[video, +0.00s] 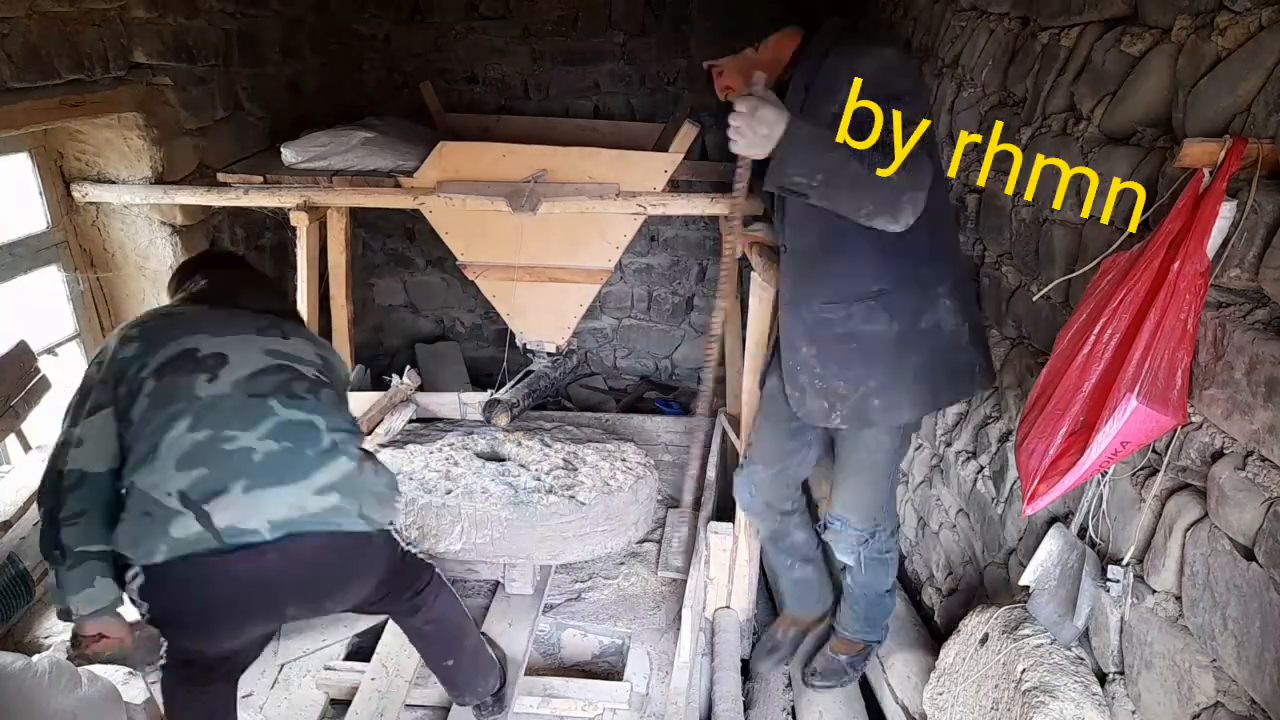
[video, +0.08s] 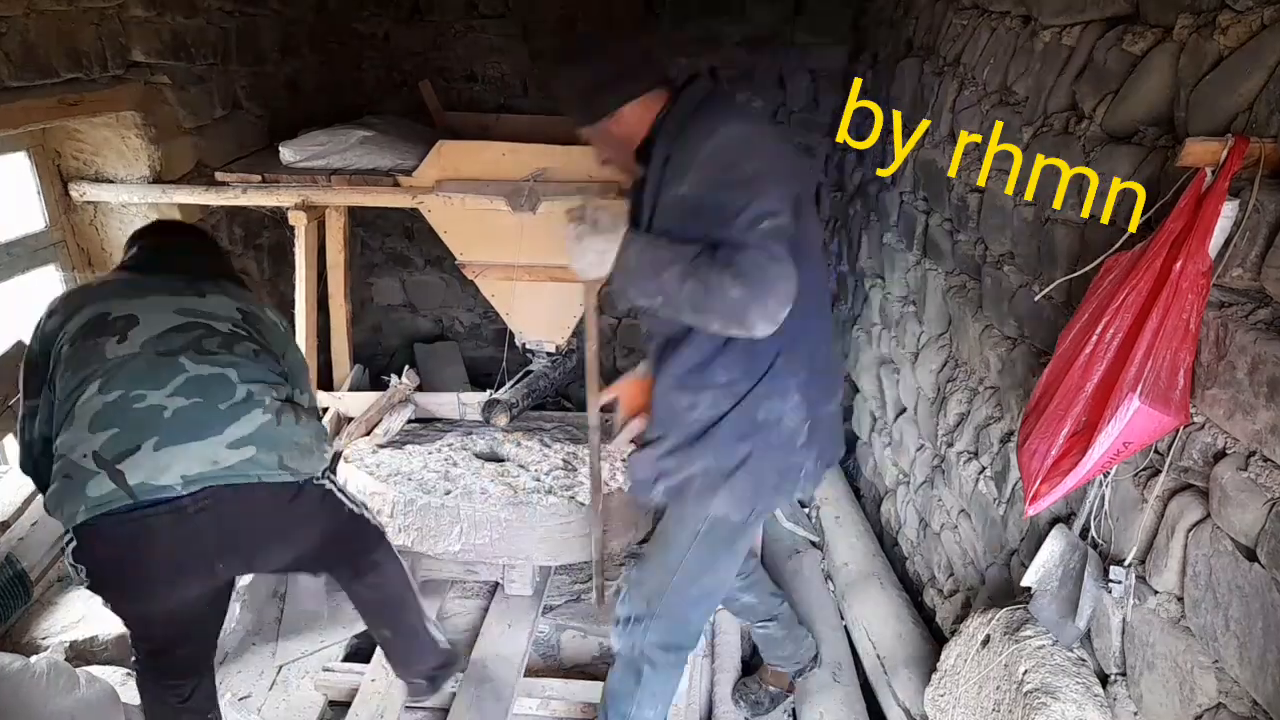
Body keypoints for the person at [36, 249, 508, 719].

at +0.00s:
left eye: (180, 290)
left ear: (184, 296)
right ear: (267, 295)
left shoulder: (134, 341)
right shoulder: (309, 342)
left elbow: (77, 479)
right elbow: (340, 447)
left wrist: (91, 605)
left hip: (198, 583)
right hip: (340, 547)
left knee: (201, 677)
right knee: (415, 590)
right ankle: (484, 684)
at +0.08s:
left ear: (126, 264)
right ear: (218, 265)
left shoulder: (64, 312)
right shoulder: (250, 304)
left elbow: (36, 452)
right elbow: (302, 406)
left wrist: (85, 506)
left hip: (130, 534)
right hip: (270, 500)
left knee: (174, 678)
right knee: (361, 553)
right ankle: (427, 667)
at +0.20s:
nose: (340, 220)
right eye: (337, 206)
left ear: (246, 186)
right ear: (329, 208)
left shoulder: (163, 230)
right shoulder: (341, 268)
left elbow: (128, 337)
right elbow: (337, 388)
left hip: (138, 482)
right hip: (269, 474)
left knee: (180, 640)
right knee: (345, 544)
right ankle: (363, 655)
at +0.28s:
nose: (349, 222)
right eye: (347, 210)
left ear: (259, 190)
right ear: (340, 208)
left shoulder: (180, 231)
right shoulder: (357, 270)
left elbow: (136, 337)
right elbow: (355, 374)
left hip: (165, 472)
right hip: (293, 466)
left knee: (191, 632)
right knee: (346, 548)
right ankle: (365, 658)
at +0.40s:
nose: (398, 216)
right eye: (400, 207)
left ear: (322, 182)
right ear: (396, 206)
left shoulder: (244, 211)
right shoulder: (403, 265)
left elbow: (163, 272)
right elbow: (407, 378)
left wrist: (174, 384)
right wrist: (382, 440)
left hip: (211, 436)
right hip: (332, 438)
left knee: (213, 607)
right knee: (387, 520)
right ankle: (385, 639)